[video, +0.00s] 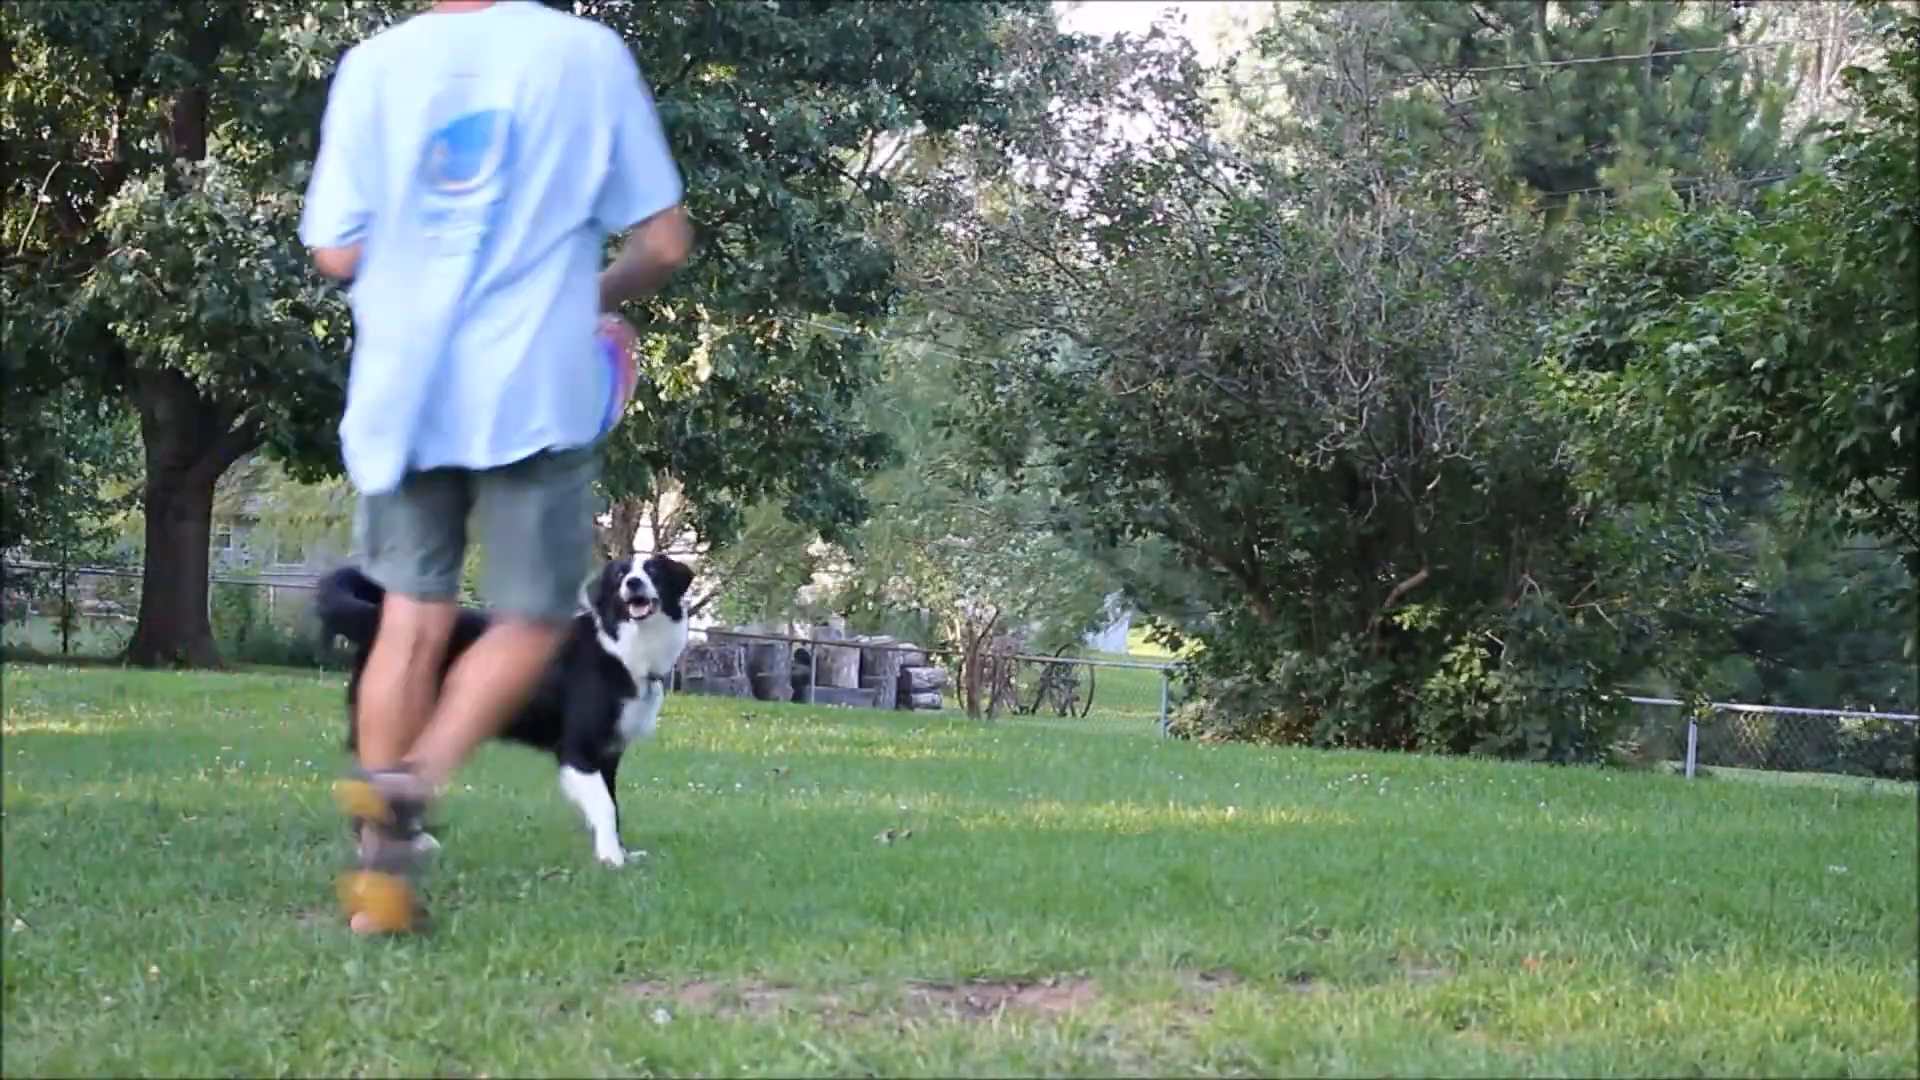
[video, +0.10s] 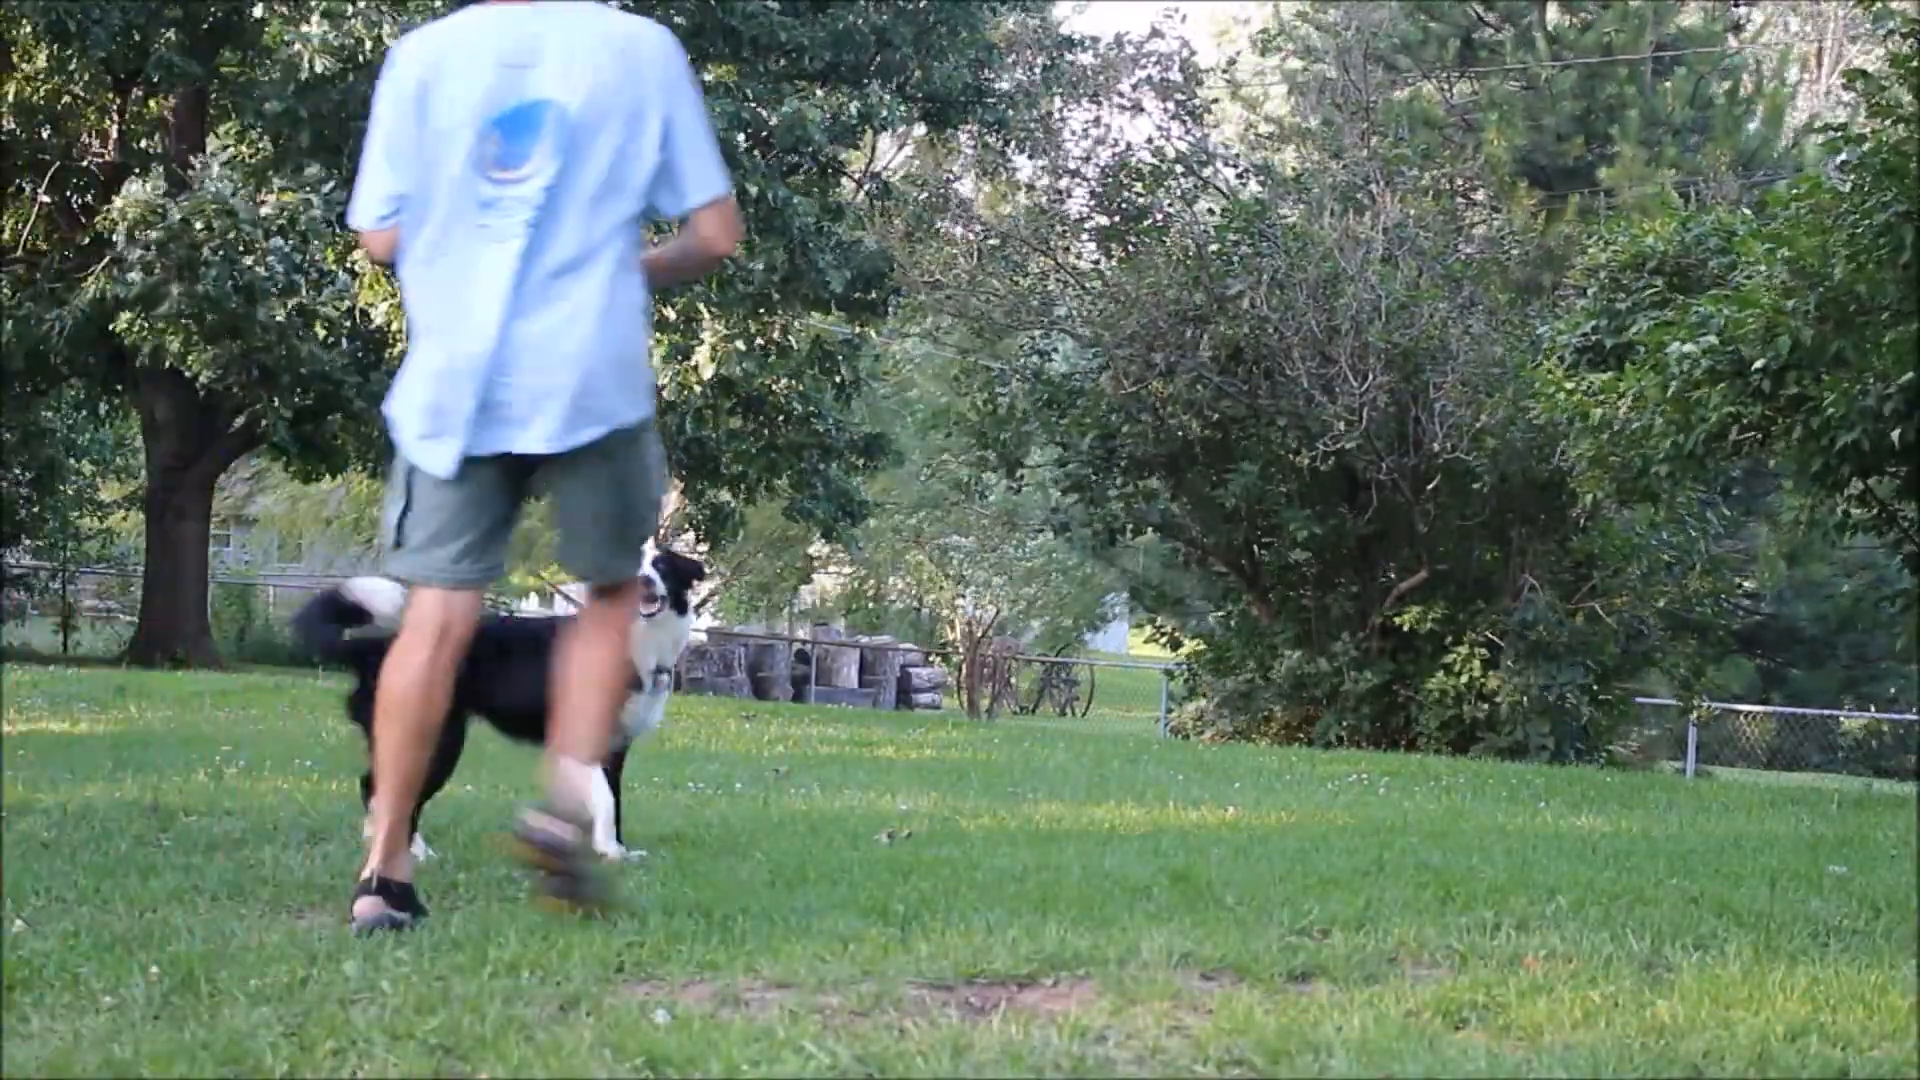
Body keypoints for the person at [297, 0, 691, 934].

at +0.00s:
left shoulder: (372, 64)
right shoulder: (591, 52)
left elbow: (335, 254)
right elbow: (664, 242)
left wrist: (427, 246)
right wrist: (586, 296)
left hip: (402, 386)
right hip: (539, 386)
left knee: (408, 619)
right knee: (529, 618)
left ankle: (380, 873)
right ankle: (415, 776)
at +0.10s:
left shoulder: (420, 54)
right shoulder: (644, 47)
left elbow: (379, 237)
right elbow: (716, 235)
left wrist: (477, 246)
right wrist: (619, 270)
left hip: (453, 383)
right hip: (594, 381)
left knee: (432, 623)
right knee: (609, 587)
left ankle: (383, 876)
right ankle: (568, 801)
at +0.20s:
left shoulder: (482, 63)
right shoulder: (704, 66)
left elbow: (438, 237)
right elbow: (771, 244)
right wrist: (679, 261)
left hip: (511, 394)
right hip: (654, 391)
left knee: (465, 617)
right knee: (680, 598)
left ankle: (390, 862)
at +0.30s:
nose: (592, 4)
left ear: (601, 1)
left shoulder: (558, 87)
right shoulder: (765, 91)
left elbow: (530, 263)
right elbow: (824, 271)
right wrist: (726, 284)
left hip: (578, 411)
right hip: (723, 409)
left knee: (504, 617)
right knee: (746, 620)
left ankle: (399, 851)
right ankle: (826, 856)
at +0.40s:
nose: (660, 13)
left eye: (660, 5)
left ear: (671, 7)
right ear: (753, 2)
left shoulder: (655, 97)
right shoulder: (830, 94)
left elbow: (661, 271)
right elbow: (871, 271)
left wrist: (607, 280)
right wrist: (776, 293)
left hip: (680, 408)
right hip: (807, 408)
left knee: (577, 605)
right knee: (770, 614)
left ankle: (477, 842)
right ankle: (825, 857)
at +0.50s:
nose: (724, 5)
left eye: (726, 2)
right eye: (730, 1)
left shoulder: (748, 74)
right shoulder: (879, 73)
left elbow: (763, 253)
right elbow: (900, 254)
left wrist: (671, 259)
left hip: (751, 388)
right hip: (857, 392)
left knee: (643, 571)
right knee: (797, 598)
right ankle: (829, 853)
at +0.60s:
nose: (780, 5)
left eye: (783, 0)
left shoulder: (831, 65)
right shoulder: (907, 66)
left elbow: (840, 242)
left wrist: (723, 241)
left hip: (821, 371)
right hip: (892, 370)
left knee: (721, 572)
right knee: (835, 597)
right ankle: (841, 851)